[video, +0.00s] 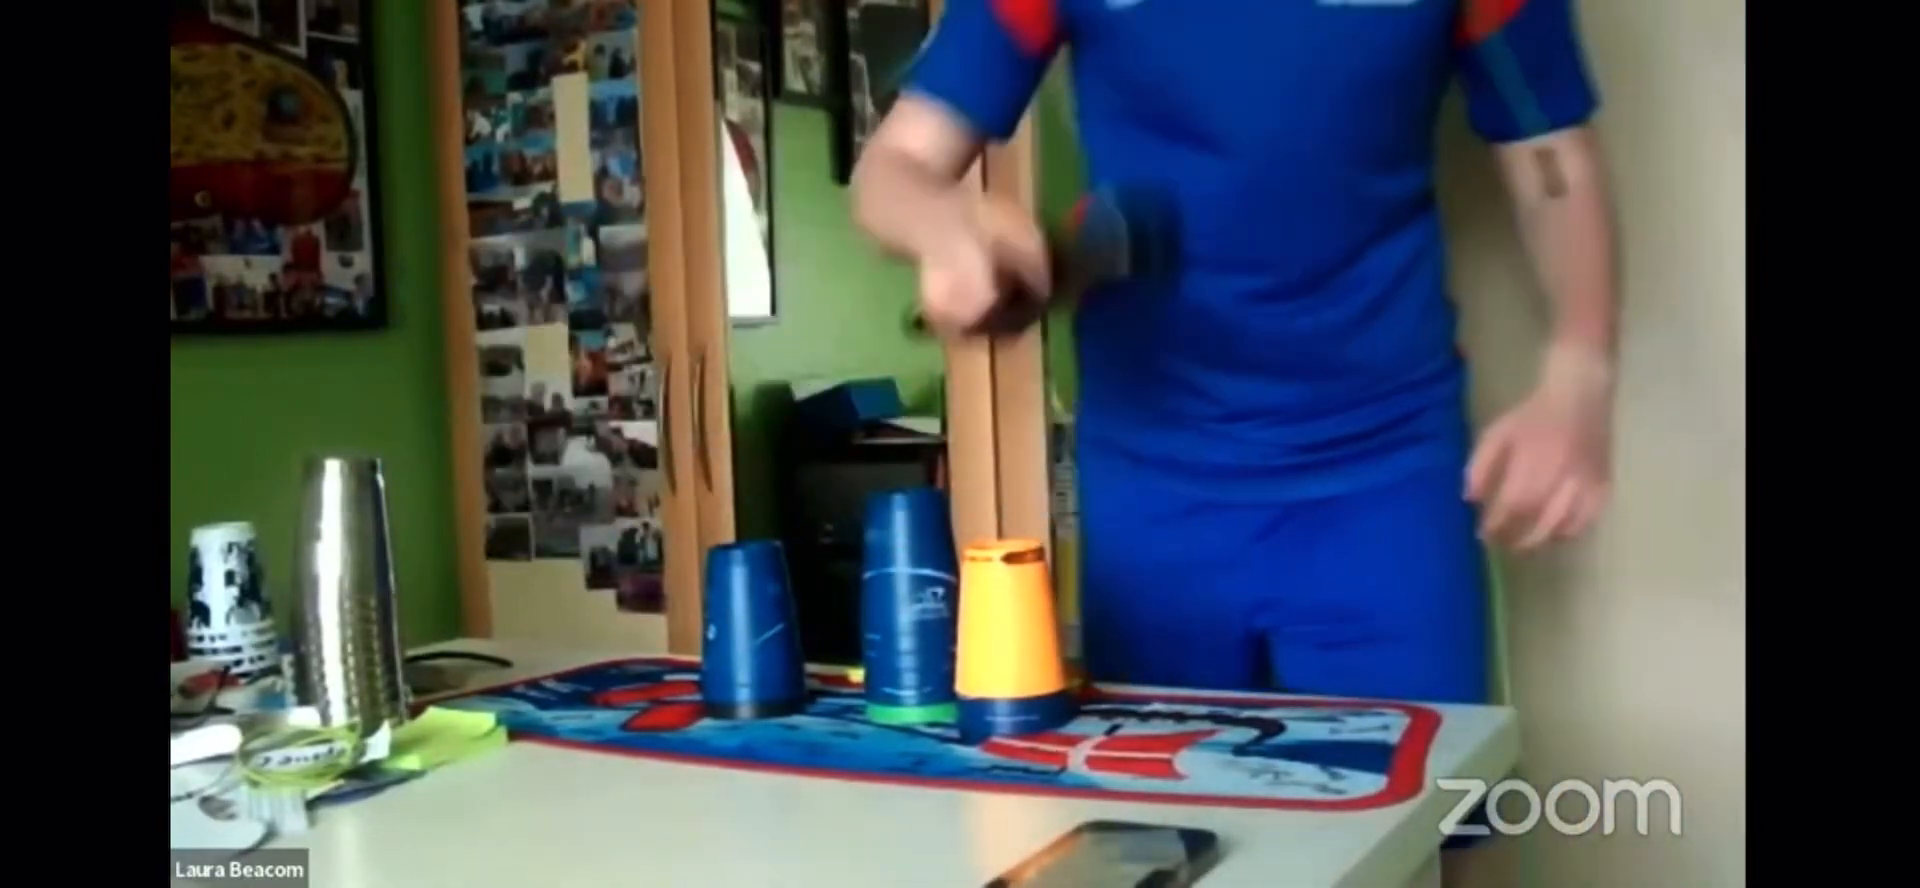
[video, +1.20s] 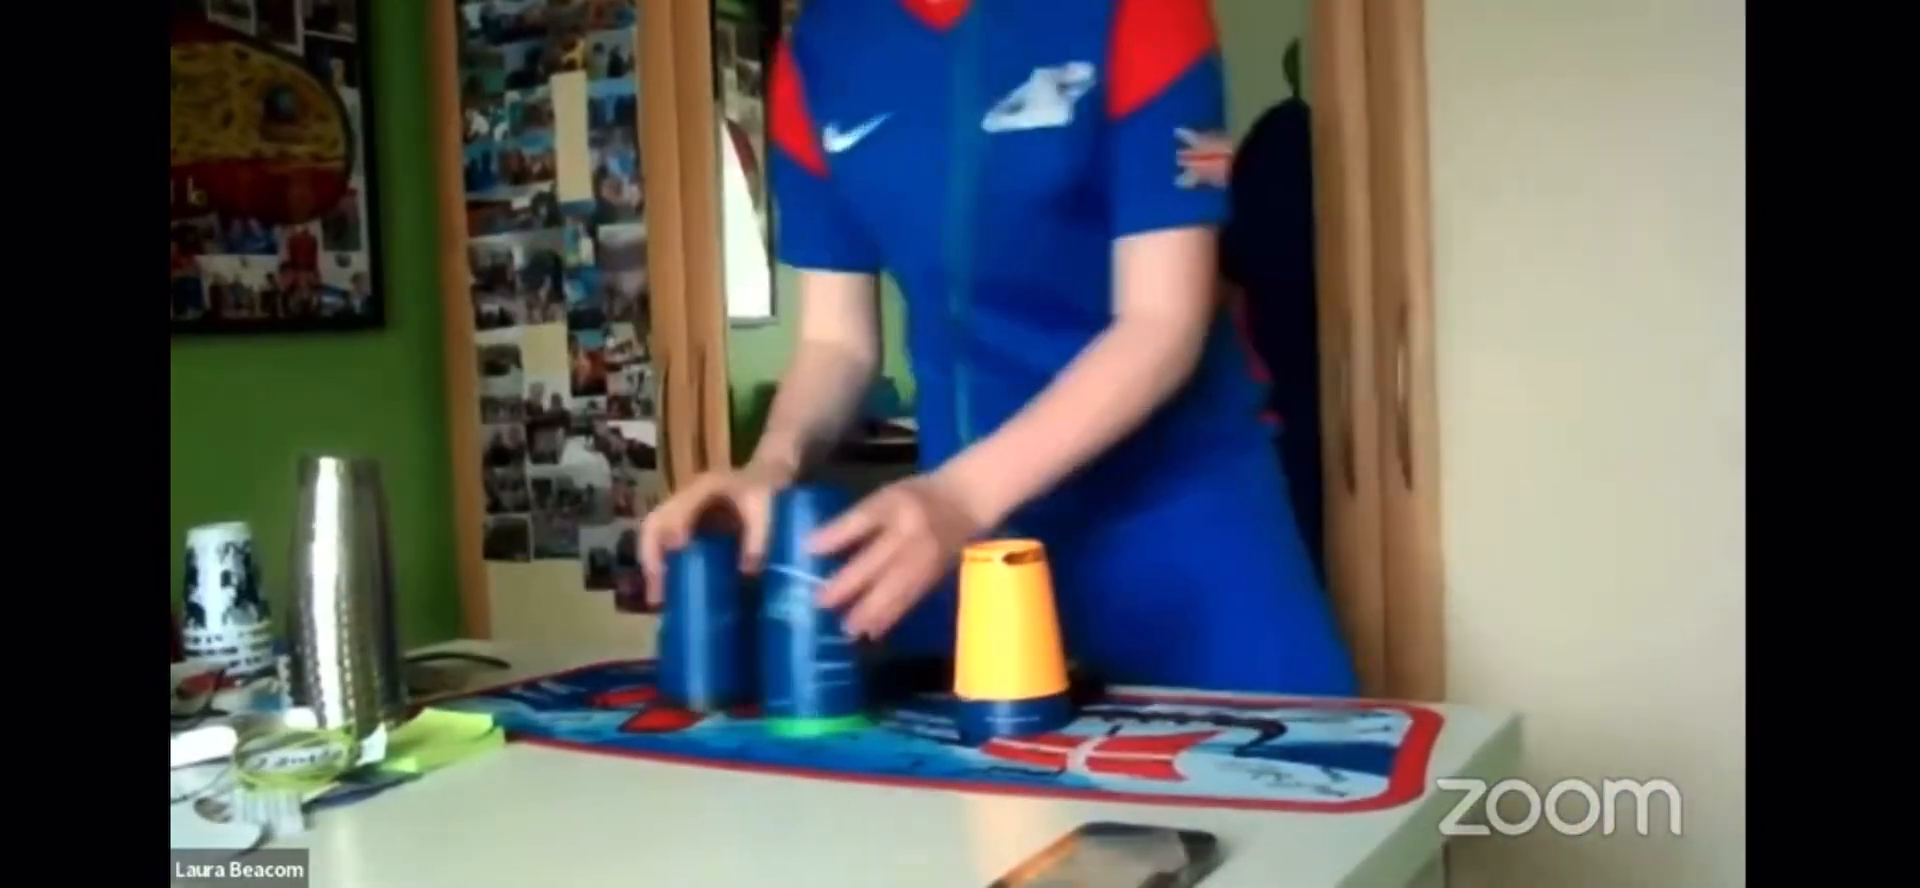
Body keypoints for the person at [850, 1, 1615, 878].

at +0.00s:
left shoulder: (1471, 10)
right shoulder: (1054, 5)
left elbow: (1553, 170)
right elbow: (891, 167)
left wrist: (1578, 383)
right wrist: (944, 224)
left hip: (1381, 458)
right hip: (1152, 469)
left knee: (1412, 835)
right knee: (1167, 838)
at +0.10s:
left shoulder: (1422, 12)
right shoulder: (1019, 9)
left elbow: (1519, 178)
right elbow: (901, 216)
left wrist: (1531, 389)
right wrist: (937, 372)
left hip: (1348, 477)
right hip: (1120, 488)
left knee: (1369, 840)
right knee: (1129, 840)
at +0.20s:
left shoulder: (1390, 8)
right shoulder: (998, 13)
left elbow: (1499, 172)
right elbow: (924, 271)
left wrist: (1496, 392)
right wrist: (911, 508)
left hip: (1341, 462)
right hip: (1121, 477)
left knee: (1360, 827)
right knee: (1147, 837)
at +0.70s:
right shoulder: (974, 15)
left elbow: (1522, 176)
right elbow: (933, 274)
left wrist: (1363, 410)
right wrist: (952, 536)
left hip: (1330, 465)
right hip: (1108, 476)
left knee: (1351, 851)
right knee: (1105, 853)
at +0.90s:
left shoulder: (1348, 12)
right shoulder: (950, 15)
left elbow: (1450, 202)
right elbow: (946, 275)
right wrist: (911, 483)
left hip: (1304, 435)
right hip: (1077, 449)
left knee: (1293, 821)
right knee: (1043, 814)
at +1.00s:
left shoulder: (1282, 16)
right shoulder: (922, 21)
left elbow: (1342, 274)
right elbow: (926, 284)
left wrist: (1090, 464)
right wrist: (841, 445)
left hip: (1246, 511)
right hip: (1043, 523)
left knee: (1260, 829)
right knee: (1057, 833)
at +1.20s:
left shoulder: (1138, 18)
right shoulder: (819, 47)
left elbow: (1164, 325)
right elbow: (837, 338)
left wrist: (957, 500)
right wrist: (768, 468)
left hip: (1175, 529)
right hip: (977, 550)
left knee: (1252, 832)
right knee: (1017, 847)